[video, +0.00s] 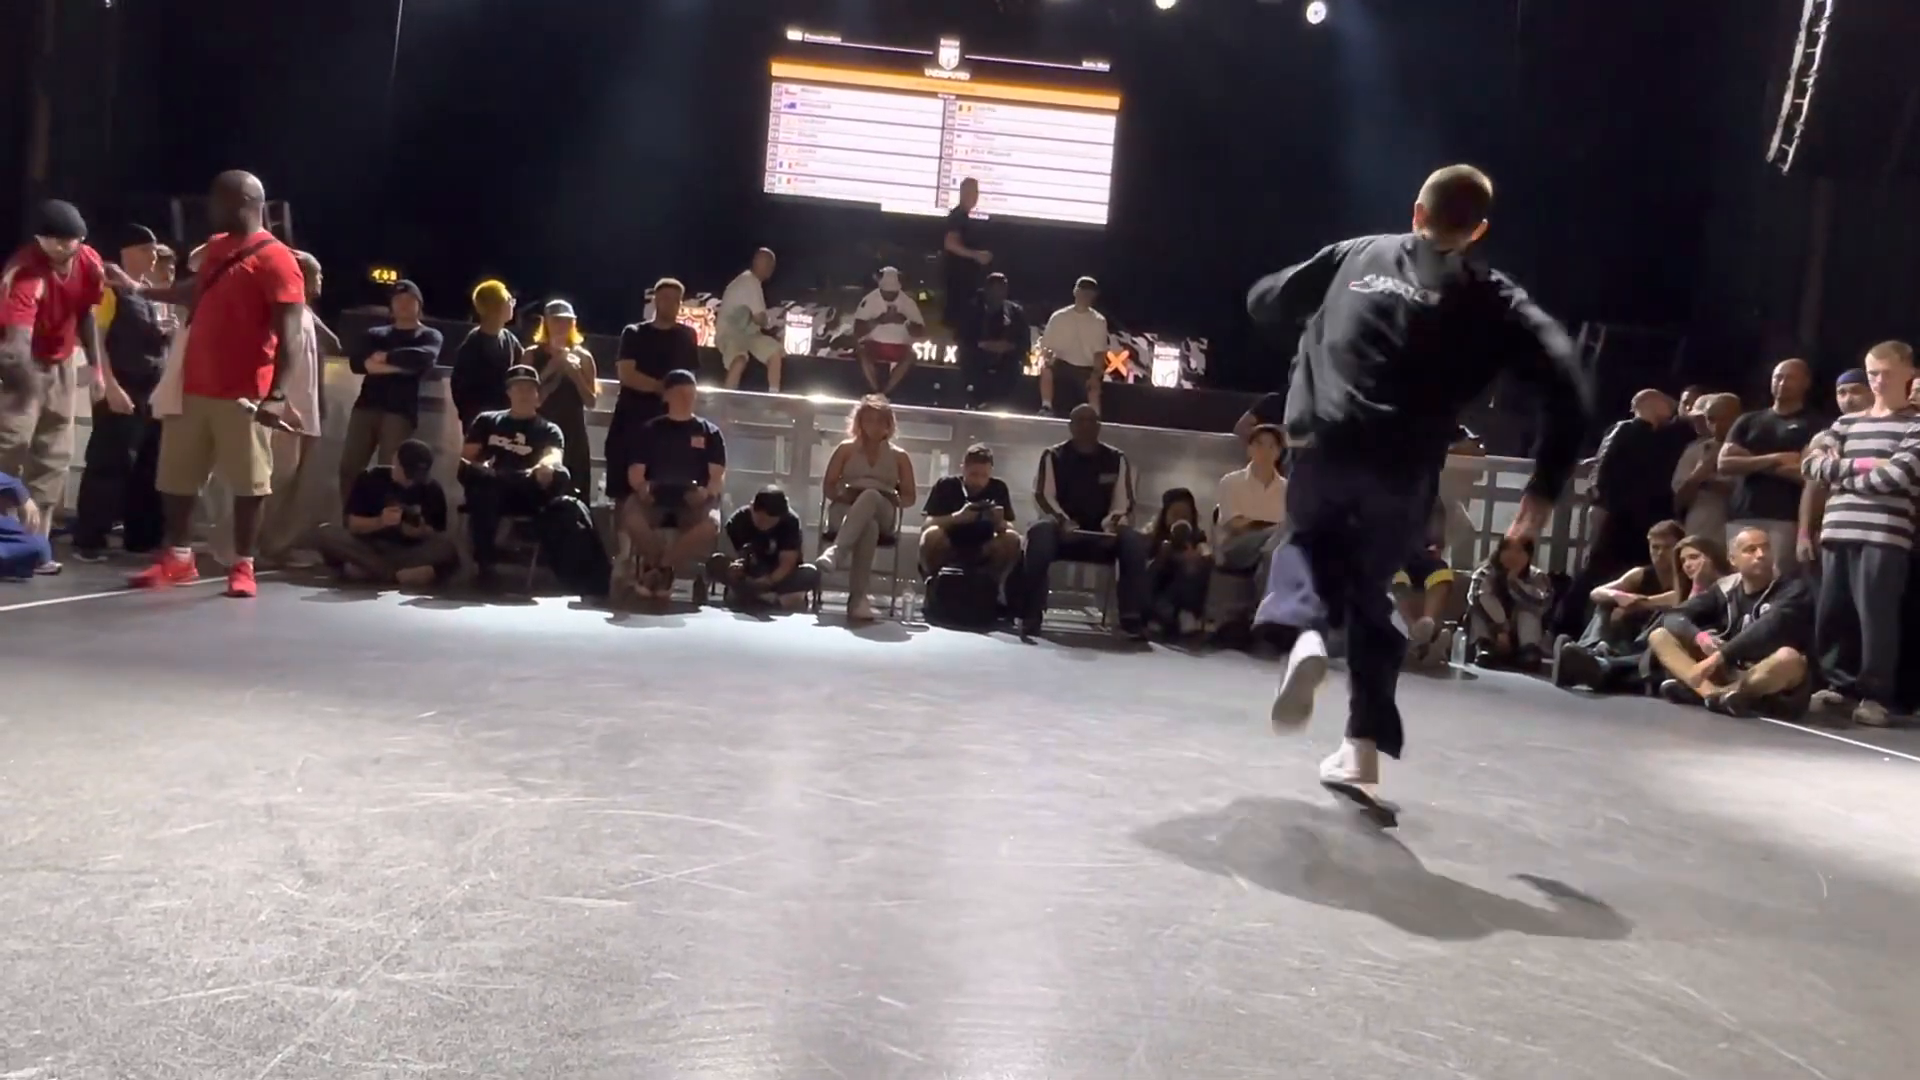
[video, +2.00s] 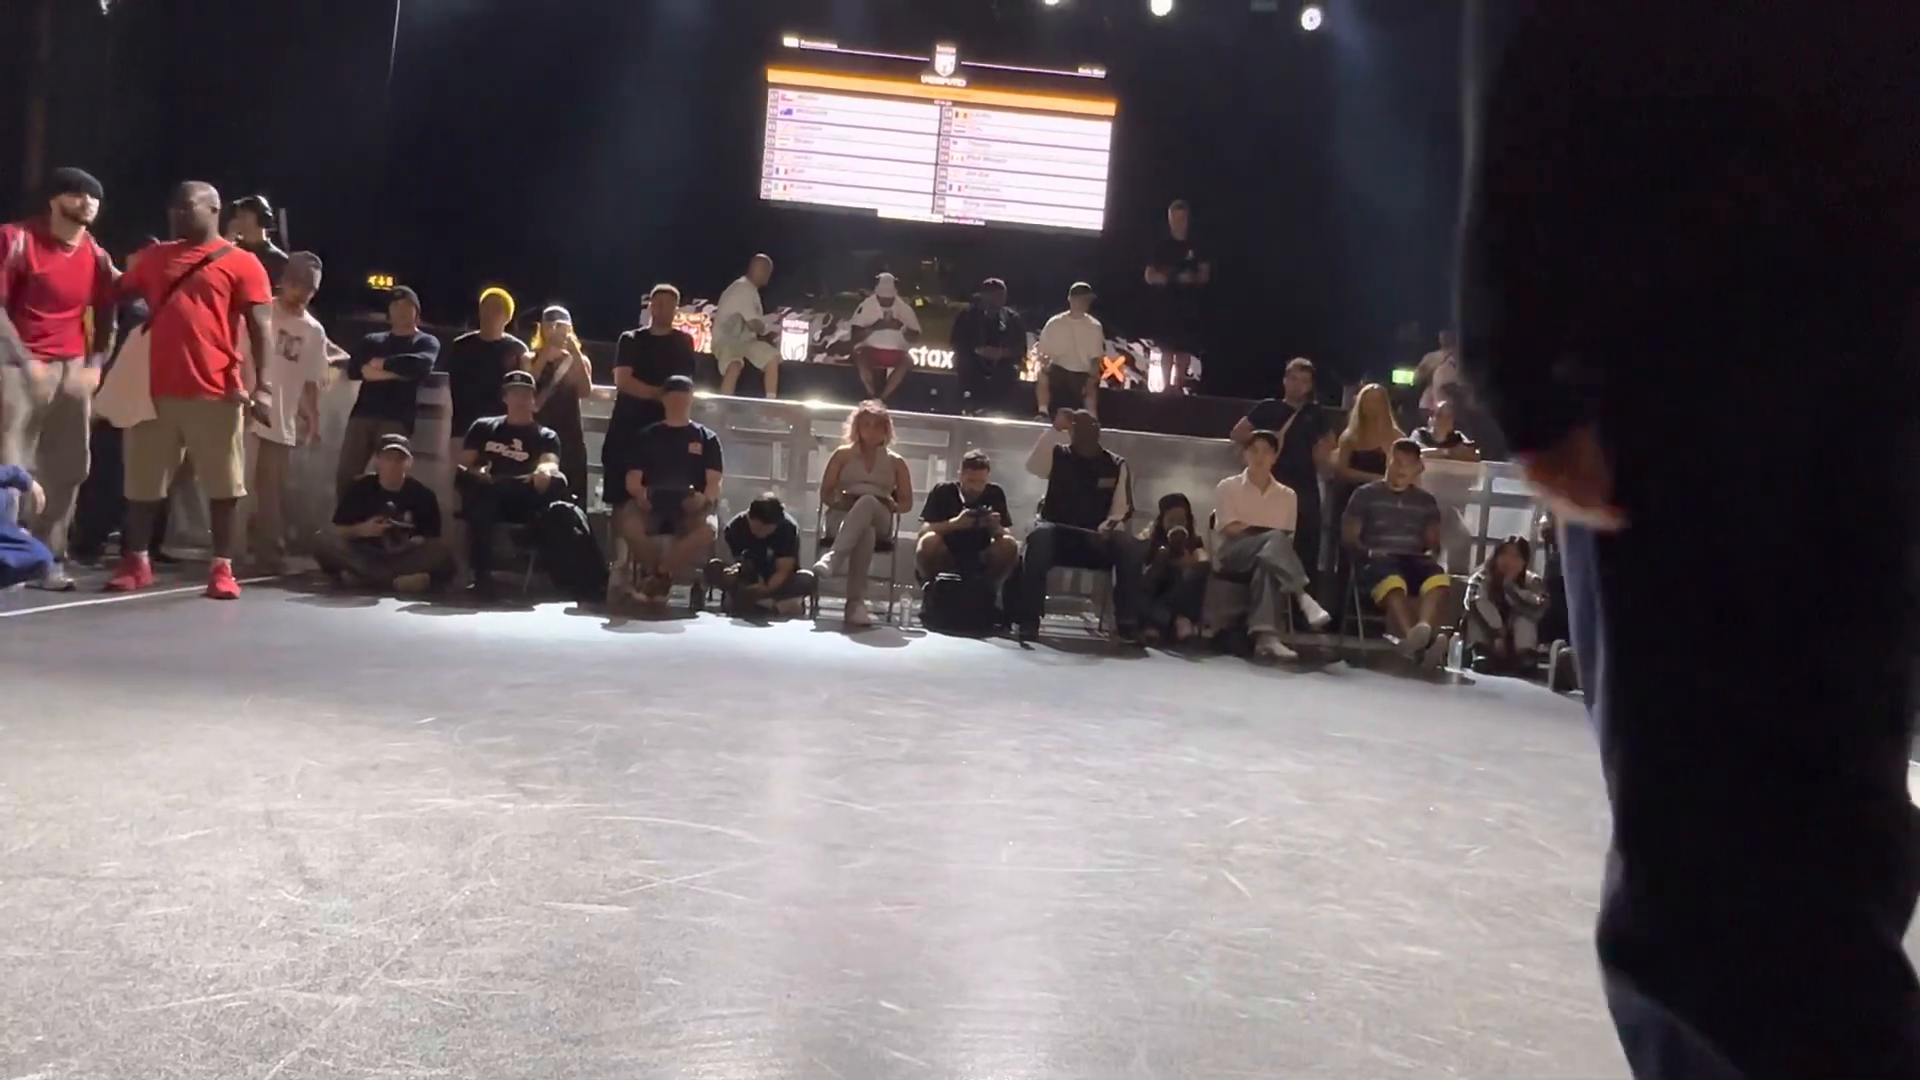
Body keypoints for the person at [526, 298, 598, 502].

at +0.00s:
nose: (562, 326)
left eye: (567, 320)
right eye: (556, 320)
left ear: (573, 324)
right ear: (546, 323)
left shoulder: (584, 357)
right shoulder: (532, 355)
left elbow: (591, 401)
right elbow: (529, 399)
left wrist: (574, 373)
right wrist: (554, 367)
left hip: (573, 431)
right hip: (540, 431)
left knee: (577, 492)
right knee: (538, 493)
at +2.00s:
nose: (557, 331)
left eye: (562, 325)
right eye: (551, 325)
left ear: (570, 329)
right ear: (542, 329)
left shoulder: (579, 359)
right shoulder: (530, 358)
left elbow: (585, 390)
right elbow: (525, 388)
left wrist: (574, 351)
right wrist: (544, 358)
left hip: (569, 432)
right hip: (537, 430)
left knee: (574, 491)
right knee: (536, 490)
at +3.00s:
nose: (535, 350)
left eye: (539, 345)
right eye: (529, 345)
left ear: (546, 347)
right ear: (518, 346)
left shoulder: (552, 375)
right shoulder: (508, 374)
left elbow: (564, 394)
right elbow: (496, 397)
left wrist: (551, 358)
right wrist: (518, 364)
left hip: (548, 449)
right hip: (516, 449)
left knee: (553, 511)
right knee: (516, 510)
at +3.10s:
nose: (535, 354)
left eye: (540, 349)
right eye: (529, 348)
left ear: (548, 351)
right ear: (520, 351)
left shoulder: (555, 378)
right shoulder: (511, 379)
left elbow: (565, 398)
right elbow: (499, 399)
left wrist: (551, 359)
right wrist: (521, 361)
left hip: (549, 456)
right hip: (517, 457)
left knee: (555, 519)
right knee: (517, 518)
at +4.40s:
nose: (538, 370)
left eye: (543, 366)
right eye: (532, 365)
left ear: (552, 372)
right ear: (523, 370)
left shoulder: (558, 400)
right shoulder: (517, 399)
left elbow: (569, 404)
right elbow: (508, 407)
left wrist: (554, 368)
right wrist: (528, 365)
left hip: (555, 469)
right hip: (524, 469)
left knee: (563, 531)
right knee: (524, 530)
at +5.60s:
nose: (552, 361)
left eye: (558, 356)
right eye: (546, 355)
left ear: (567, 359)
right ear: (538, 359)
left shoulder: (579, 391)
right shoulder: (529, 389)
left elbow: (584, 423)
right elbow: (525, 425)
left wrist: (566, 386)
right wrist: (541, 390)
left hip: (570, 463)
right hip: (539, 462)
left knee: (577, 523)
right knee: (540, 522)